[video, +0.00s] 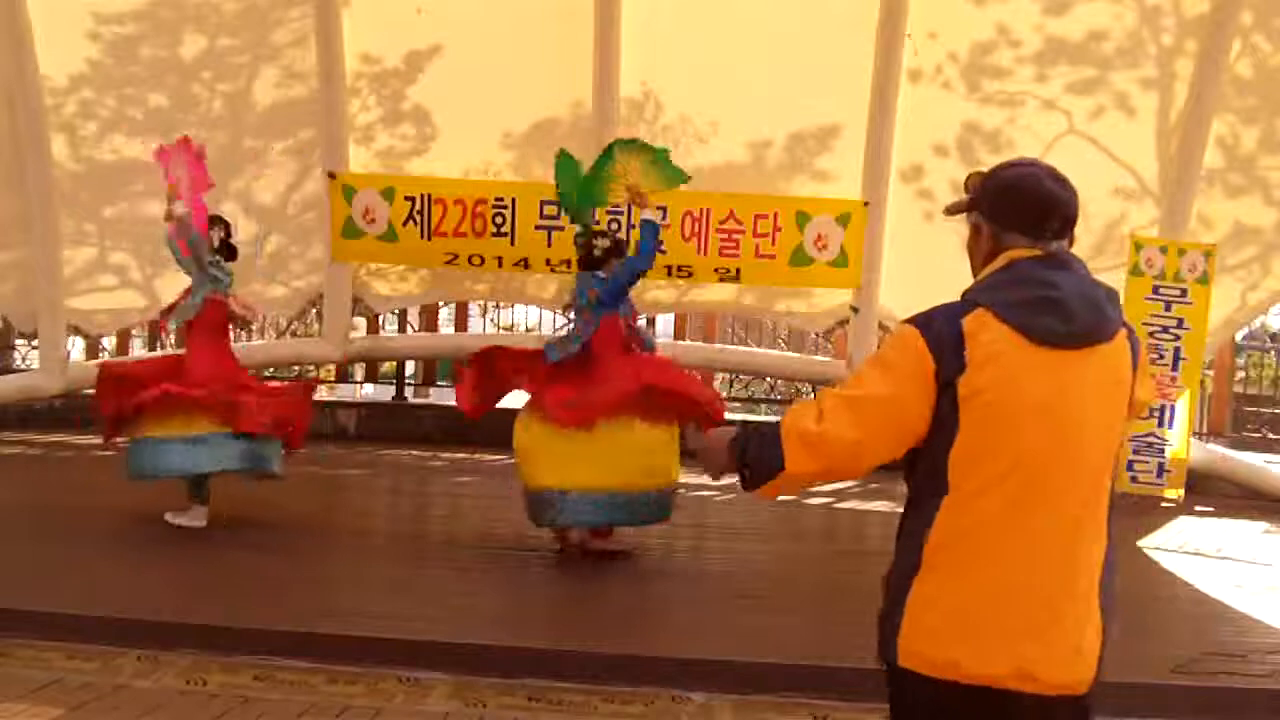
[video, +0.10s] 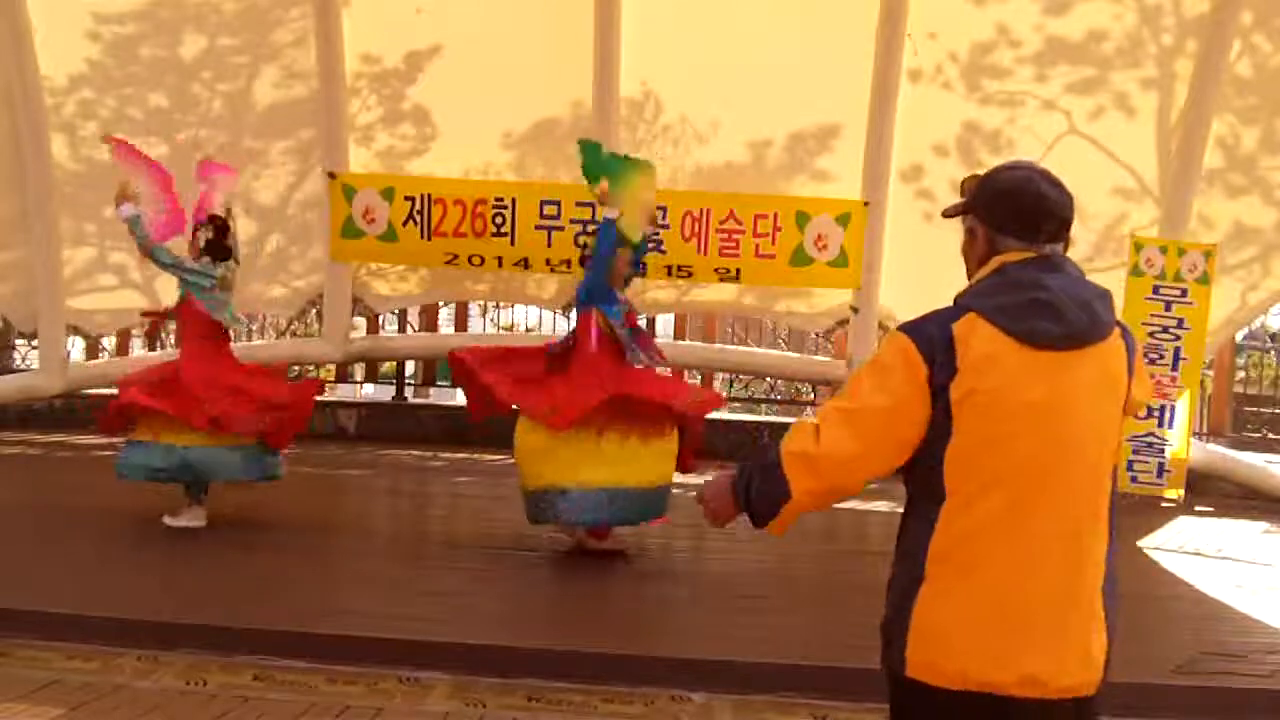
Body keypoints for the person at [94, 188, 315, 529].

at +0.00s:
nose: (204, 233)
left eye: (209, 228)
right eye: (204, 228)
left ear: (219, 235)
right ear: (213, 235)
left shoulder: (214, 273)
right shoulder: (209, 274)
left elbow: (194, 244)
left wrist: (180, 215)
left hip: (207, 364)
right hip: (209, 362)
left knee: (198, 433)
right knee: (200, 432)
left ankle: (198, 506)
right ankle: (197, 503)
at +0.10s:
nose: (191, 240)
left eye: (196, 235)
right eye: (194, 234)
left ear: (205, 240)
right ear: (221, 242)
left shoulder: (205, 276)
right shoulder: (217, 274)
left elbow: (157, 255)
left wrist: (132, 217)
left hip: (200, 362)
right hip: (211, 359)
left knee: (187, 429)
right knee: (194, 428)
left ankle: (195, 505)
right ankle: (195, 503)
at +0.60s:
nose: (203, 247)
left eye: (209, 241)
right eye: (197, 241)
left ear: (218, 244)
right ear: (189, 246)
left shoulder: (228, 274)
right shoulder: (180, 275)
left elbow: (262, 253)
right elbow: (142, 257)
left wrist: (289, 223)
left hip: (217, 354)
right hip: (186, 354)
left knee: (212, 425)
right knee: (186, 426)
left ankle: (200, 498)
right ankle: (188, 502)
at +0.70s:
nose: (191, 246)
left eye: (198, 240)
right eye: (188, 240)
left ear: (215, 244)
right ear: (186, 245)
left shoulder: (223, 276)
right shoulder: (181, 275)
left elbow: (243, 251)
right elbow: (143, 257)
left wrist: (247, 212)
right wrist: (118, 220)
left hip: (213, 354)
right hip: (182, 354)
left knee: (212, 426)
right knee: (182, 426)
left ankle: (210, 495)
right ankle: (190, 499)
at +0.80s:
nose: (182, 244)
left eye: (190, 237)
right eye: (182, 237)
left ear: (207, 239)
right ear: (185, 242)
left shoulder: (212, 274)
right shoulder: (191, 275)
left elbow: (199, 242)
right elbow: (161, 255)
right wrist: (147, 225)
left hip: (205, 356)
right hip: (187, 355)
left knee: (193, 425)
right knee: (188, 425)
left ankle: (193, 502)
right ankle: (190, 499)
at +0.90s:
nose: (189, 236)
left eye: (195, 231)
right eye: (192, 231)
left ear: (207, 235)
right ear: (209, 236)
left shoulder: (199, 266)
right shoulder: (212, 267)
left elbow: (161, 252)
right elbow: (169, 253)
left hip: (190, 352)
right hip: (205, 350)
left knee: (181, 420)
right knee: (191, 419)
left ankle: (183, 502)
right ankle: (190, 498)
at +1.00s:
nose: (182, 234)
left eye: (187, 231)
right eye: (187, 230)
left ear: (192, 240)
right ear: (213, 244)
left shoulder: (182, 274)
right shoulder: (219, 275)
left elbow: (138, 252)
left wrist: (109, 212)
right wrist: (248, 224)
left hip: (186, 357)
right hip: (215, 357)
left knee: (182, 427)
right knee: (203, 428)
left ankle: (182, 507)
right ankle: (198, 504)